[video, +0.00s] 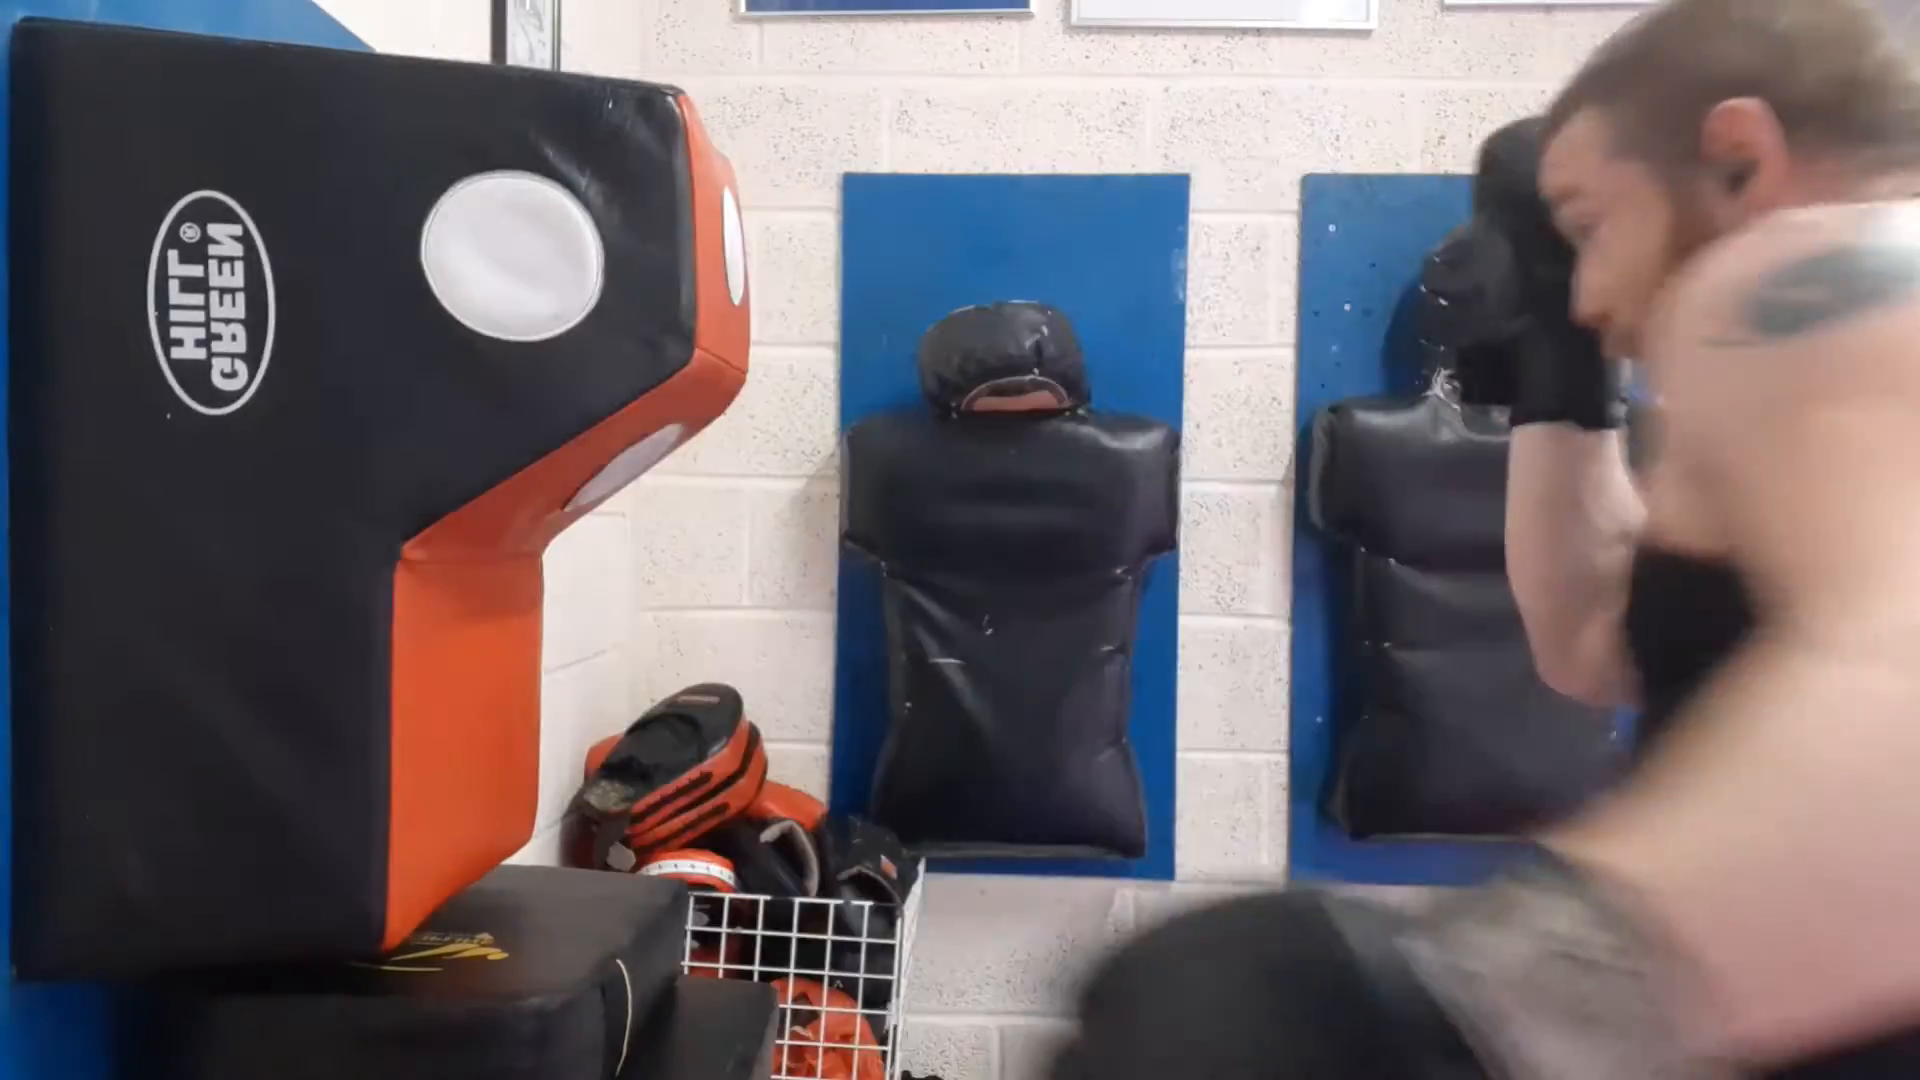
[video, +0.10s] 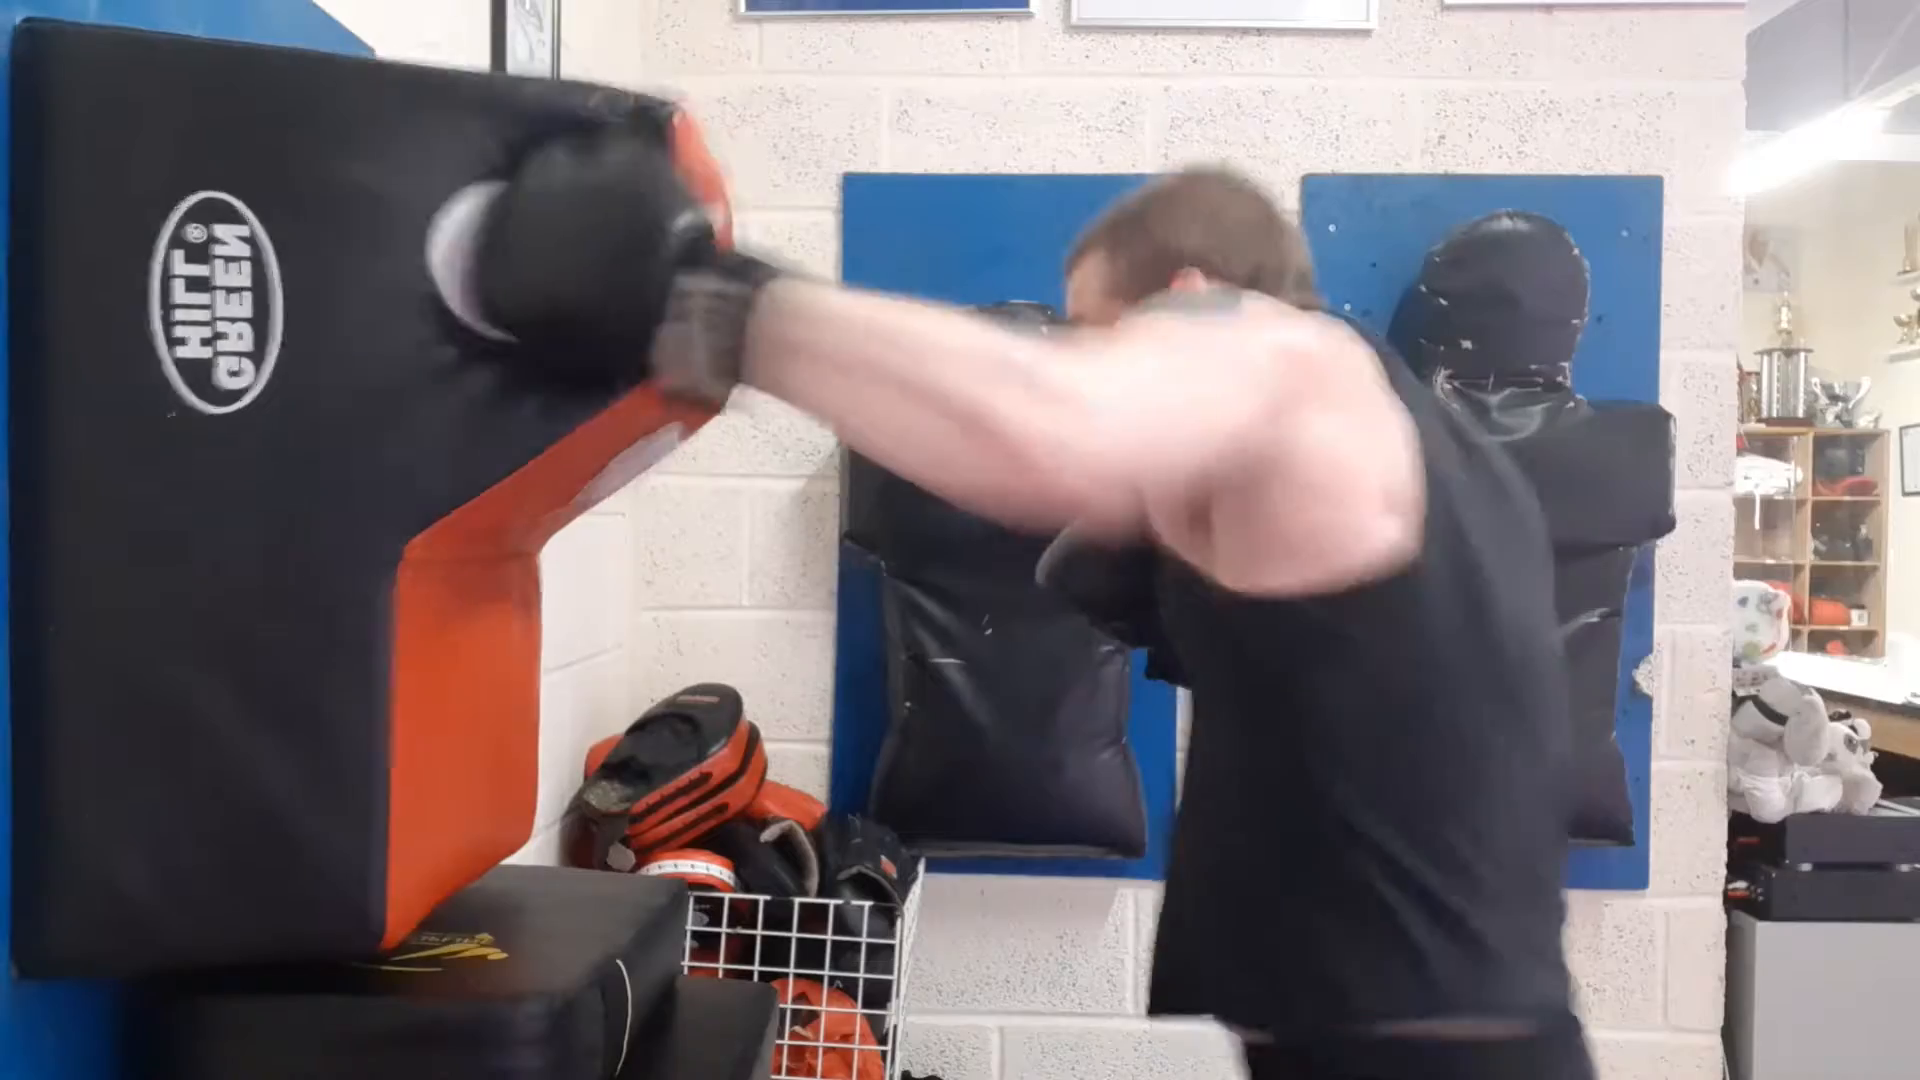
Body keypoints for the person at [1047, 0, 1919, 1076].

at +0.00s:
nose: (1585, 303)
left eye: (1589, 230)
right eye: (1566, 246)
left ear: (1744, 166)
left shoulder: (1797, 284)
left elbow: (1891, 696)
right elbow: (1589, 650)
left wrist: (1467, 1007)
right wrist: (1555, 330)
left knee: (1243, 998)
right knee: (1225, 992)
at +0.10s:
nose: (1082, 360)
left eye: (1092, 326)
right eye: (1080, 332)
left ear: (1184, 289)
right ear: (1228, 279)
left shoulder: (1275, 356)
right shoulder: (1424, 435)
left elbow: (1039, 439)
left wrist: (690, 294)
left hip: (1383, 1038)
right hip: (1488, 1034)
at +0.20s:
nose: (1045, 441)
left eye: (1054, 396)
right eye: (1043, 406)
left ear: (1151, 358)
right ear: (1154, 362)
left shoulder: (1287, 404)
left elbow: (1380, 613)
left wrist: (1105, 654)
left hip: (1384, 1039)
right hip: (1277, 1040)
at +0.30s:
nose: (1039, 479)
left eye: (1052, 432)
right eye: (1038, 444)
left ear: (1156, 404)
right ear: (1169, 410)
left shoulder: (1199, 486)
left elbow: (1001, 739)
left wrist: (965, 638)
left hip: (1377, 1058)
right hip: (1466, 1051)